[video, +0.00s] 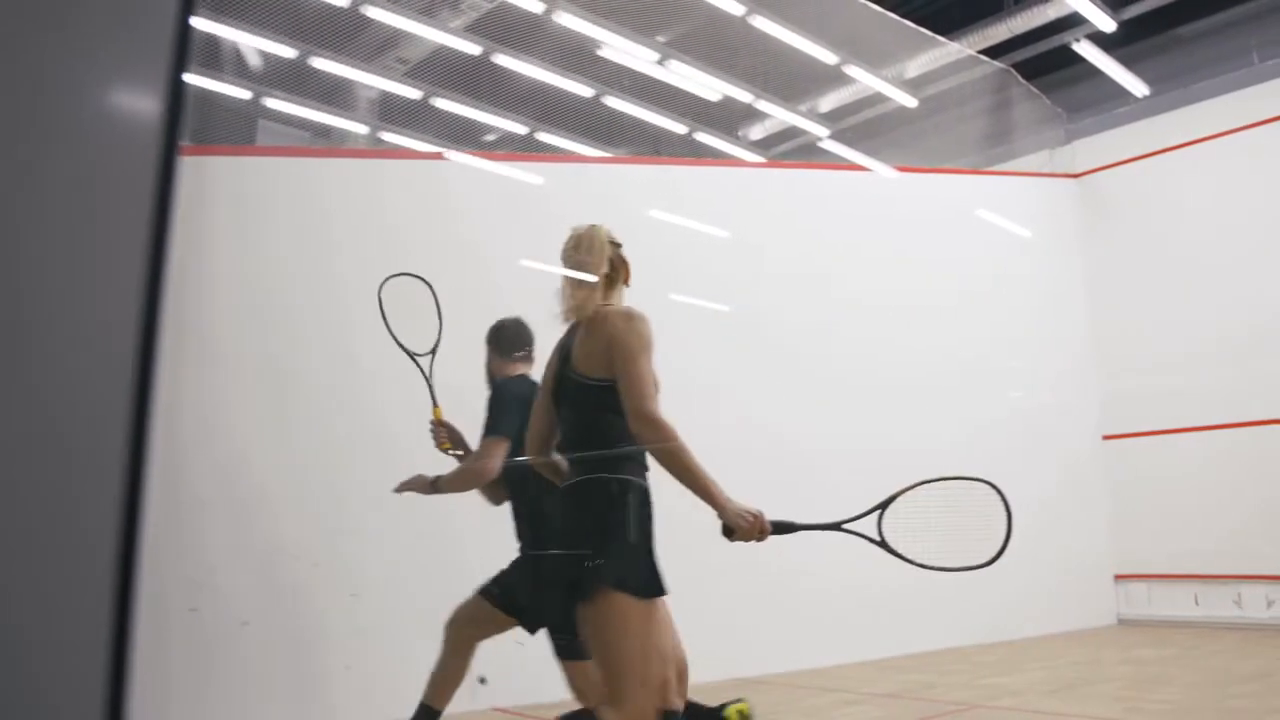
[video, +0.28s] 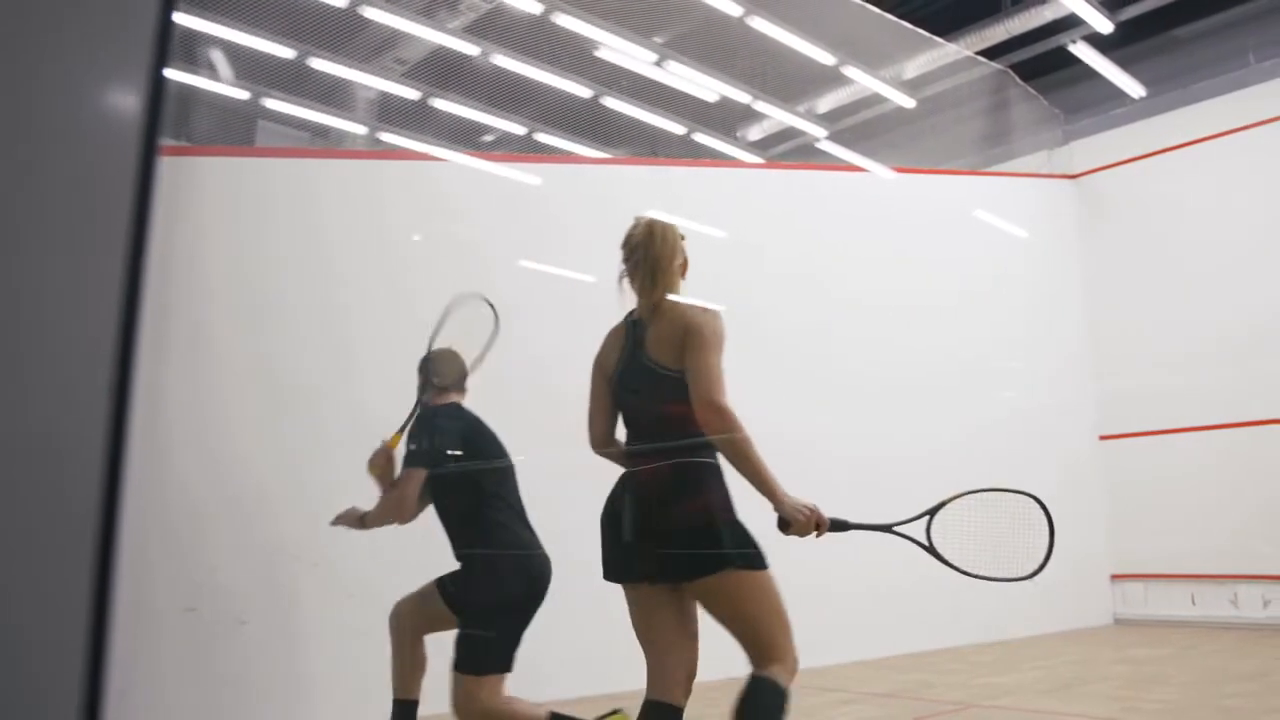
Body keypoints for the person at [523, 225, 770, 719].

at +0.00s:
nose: (568, 287)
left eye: (578, 277)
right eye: (568, 277)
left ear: (595, 278)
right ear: (619, 275)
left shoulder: (566, 344)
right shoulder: (627, 325)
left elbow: (536, 450)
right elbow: (646, 423)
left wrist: (580, 483)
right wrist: (724, 504)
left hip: (591, 519)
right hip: (611, 522)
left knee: (669, 682)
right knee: (635, 701)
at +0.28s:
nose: (686, 261)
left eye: (682, 252)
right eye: (683, 254)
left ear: (632, 265)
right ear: (677, 262)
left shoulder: (613, 341)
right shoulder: (698, 322)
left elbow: (602, 440)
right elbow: (713, 416)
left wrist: (660, 459)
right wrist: (782, 500)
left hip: (633, 511)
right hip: (693, 508)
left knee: (669, 678)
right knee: (777, 660)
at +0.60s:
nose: (750, 271)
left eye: (743, 265)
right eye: (748, 265)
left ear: (695, 278)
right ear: (746, 271)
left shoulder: (674, 351)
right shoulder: (774, 334)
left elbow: (664, 447)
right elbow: (784, 418)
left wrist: (719, 473)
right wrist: (847, 505)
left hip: (704, 517)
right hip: (778, 512)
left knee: (702, 683)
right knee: (853, 670)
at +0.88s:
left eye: (742, 294)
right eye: (792, 285)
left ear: (741, 301)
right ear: (793, 292)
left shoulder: (723, 367)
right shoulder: (826, 349)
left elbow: (713, 460)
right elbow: (850, 428)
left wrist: (755, 500)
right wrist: (907, 514)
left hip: (759, 529)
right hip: (833, 523)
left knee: (765, 681)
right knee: (889, 672)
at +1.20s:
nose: (759, 300)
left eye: (757, 294)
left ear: (759, 297)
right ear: (809, 289)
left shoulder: (738, 357)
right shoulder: (843, 346)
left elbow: (720, 438)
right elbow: (878, 420)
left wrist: (729, 484)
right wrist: (927, 495)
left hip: (765, 512)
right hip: (838, 506)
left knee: (767, 654)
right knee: (880, 668)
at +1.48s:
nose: (753, 312)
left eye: (751, 305)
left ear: (752, 309)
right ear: (799, 301)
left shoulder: (731, 368)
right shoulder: (829, 359)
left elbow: (712, 442)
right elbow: (863, 432)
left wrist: (708, 500)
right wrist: (911, 501)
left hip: (753, 519)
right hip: (820, 513)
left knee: (754, 652)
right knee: (866, 667)